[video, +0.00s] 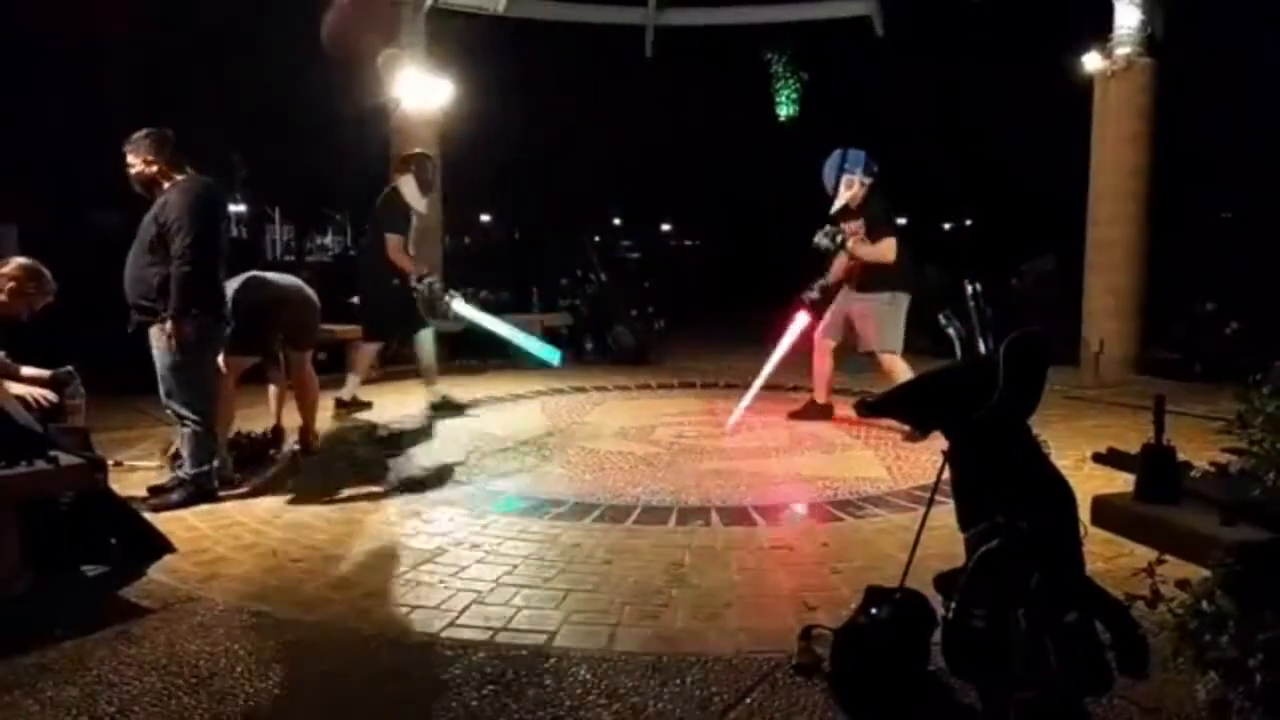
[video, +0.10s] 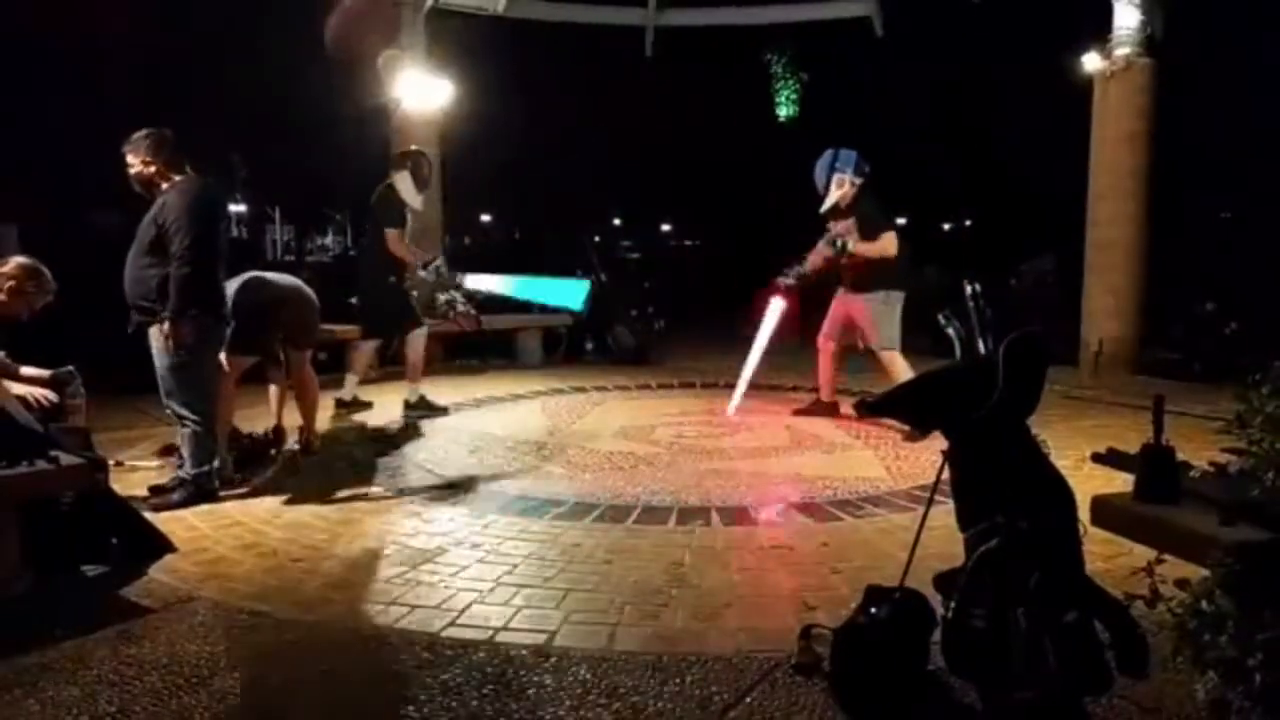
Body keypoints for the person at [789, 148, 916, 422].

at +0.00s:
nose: (846, 191)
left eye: (850, 184)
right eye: (842, 184)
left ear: (862, 182)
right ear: (838, 182)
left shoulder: (878, 207)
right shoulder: (843, 211)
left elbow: (888, 253)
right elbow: (844, 257)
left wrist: (846, 244)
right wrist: (824, 286)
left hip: (885, 291)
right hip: (852, 288)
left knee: (887, 357)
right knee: (824, 339)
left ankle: (923, 411)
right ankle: (820, 402)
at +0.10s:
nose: (837, 190)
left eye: (841, 183)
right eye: (833, 183)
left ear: (852, 182)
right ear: (829, 183)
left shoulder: (869, 207)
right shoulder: (836, 213)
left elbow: (890, 247)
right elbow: (825, 248)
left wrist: (852, 246)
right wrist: (801, 270)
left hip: (880, 292)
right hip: (848, 290)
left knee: (888, 353)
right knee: (827, 343)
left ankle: (922, 411)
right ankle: (826, 400)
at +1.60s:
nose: (795, 189)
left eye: (800, 181)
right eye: (790, 182)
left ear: (812, 178)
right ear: (785, 181)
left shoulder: (828, 206)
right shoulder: (788, 210)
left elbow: (842, 252)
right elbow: (786, 253)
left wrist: (811, 282)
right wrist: (773, 291)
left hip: (832, 284)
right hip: (798, 284)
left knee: (821, 347)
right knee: (783, 343)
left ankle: (846, 414)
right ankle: (769, 399)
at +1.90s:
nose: (813, 175)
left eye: (819, 168)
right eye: (811, 168)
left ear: (832, 168)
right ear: (808, 169)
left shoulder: (848, 198)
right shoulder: (812, 202)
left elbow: (869, 241)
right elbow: (811, 244)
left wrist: (854, 279)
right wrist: (801, 282)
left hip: (849, 285)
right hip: (820, 286)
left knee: (842, 345)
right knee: (807, 335)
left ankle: (849, 411)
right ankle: (826, 395)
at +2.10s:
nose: (825, 181)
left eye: (831, 174)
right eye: (822, 174)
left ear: (843, 173)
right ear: (816, 174)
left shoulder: (859, 203)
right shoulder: (820, 208)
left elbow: (885, 240)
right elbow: (815, 248)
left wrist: (886, 283)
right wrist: (802, 281)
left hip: (856, 285)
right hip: (829, 286)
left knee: (848, 344)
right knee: (826, 343)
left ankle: (849, 411)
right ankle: (843, 399)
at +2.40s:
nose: (842, 177)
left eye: (847, 170)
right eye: (839, 170)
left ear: (857, 170)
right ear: (833, 170)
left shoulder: (868, 196)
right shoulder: (835, 201)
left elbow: (884, 238)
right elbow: (842, 244)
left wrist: (857, 272)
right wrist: (831, 273)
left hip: (881, 276)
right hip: (850, 278)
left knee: (876, 337)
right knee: (844, 336)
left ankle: (909, 395)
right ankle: (848, 398)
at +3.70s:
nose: (793, 179)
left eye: (799, 172)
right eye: (791, 172)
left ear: (814, 172)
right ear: (791, 173)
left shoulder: (832, 199)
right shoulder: (796, 207)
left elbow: (852, 246)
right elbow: (763, 230)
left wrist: (818, 274)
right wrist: (727, 221)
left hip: (847, 286)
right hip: (823, 287)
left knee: (823, 352)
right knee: (809, 351)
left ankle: (842, 426)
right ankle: (829, 409)